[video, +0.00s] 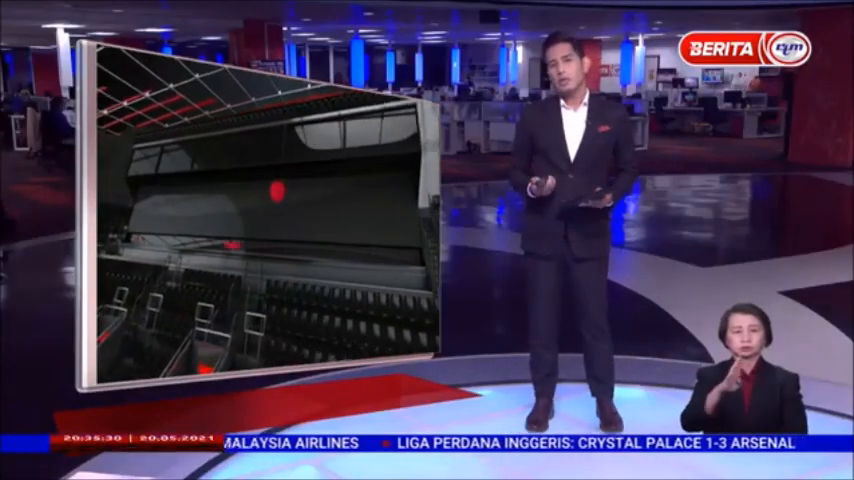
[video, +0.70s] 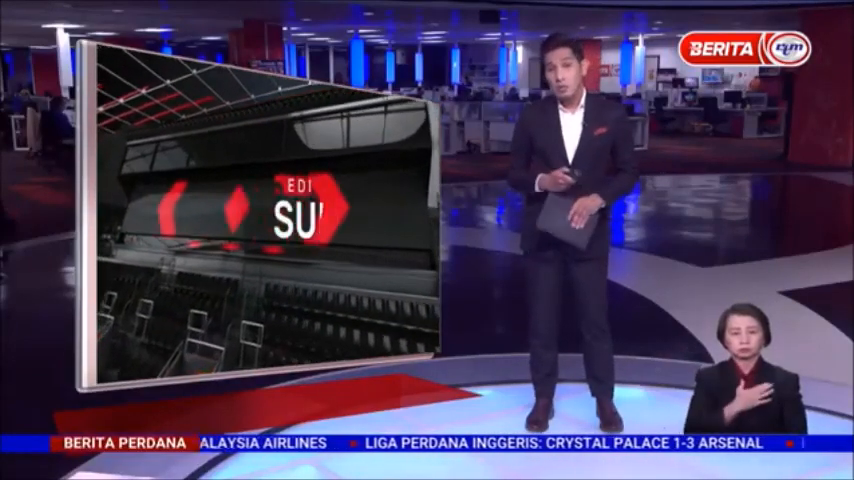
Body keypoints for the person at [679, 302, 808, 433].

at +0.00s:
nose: (746, 338)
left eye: (753, 330)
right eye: (737, 331)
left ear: (765, 337)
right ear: (726, 340)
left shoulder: (785, 381)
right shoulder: (710, 376)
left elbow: (797, 435)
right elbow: (689, 423)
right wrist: (720, 390)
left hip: (769, 464)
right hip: (717, 463)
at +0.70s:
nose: (744, 339)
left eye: (752, 332)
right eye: (735, 333)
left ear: (764, 338)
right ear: (724, 340)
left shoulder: (786, 381)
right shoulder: (709, 378)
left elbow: (797, 439)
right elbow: (693, 432)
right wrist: (736, 406)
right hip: (717, 464)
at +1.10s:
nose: (746, 339)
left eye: (754, 331)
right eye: (738, 332)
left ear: (766, 337)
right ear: (726, 340)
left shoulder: (787, 381)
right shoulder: (710, 378)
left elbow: (797, 438)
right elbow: (695, 430)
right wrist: (740, 408)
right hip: (719, 463)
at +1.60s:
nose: (743, 339)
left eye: (751, 331)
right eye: (734, 332)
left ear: (763, 336)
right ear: (724, 340)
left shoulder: (783, 377)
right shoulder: (710, 376)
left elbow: (809, 419)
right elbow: (691, 423)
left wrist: (775, 411)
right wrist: (732, 392)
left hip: (772, 463)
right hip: (720, 462)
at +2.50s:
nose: (743, 340)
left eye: (750, 332)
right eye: (734, 333)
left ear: (762, 335)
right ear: (722, 340)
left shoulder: (782, 374)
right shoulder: (709, 375)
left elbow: (804, 416)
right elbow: (685, 421)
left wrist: (765, 386)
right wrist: (716, 397)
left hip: (773, 461)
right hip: (720, 461)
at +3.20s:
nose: (744, 347)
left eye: (751, 337)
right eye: (735, 339)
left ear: (764, 339)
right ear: (724, 342)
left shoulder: (783, 374)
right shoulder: (711, 374)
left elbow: (808, 418)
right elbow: (683, 420)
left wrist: (783, 386)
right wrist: (702, 386)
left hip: (772, 460)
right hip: (721, 460)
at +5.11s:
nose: (740, 346)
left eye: (748, 337)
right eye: (732, 337)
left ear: (761, 340)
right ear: (721, 340)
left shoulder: (782, 379)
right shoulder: (704, 378)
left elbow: (812, 429)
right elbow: (678, 434)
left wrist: (778, 417)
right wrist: (707, 409)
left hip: (771, 465)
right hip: (714, 465)